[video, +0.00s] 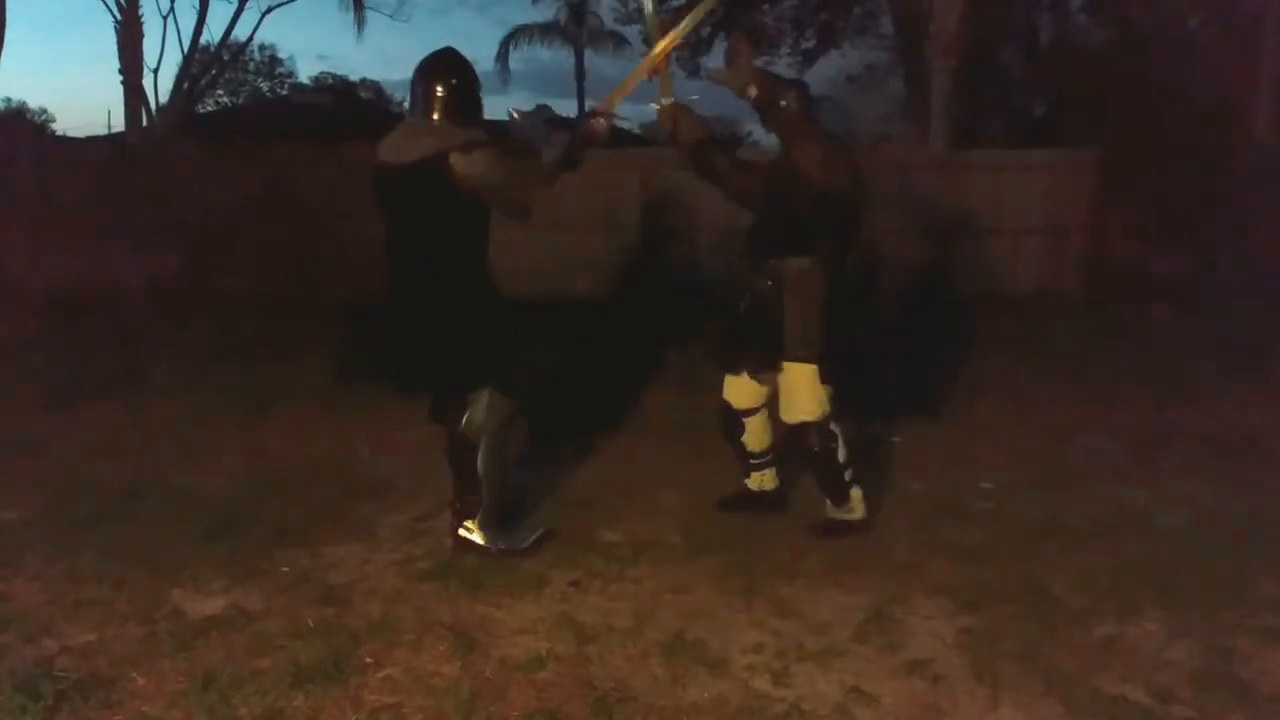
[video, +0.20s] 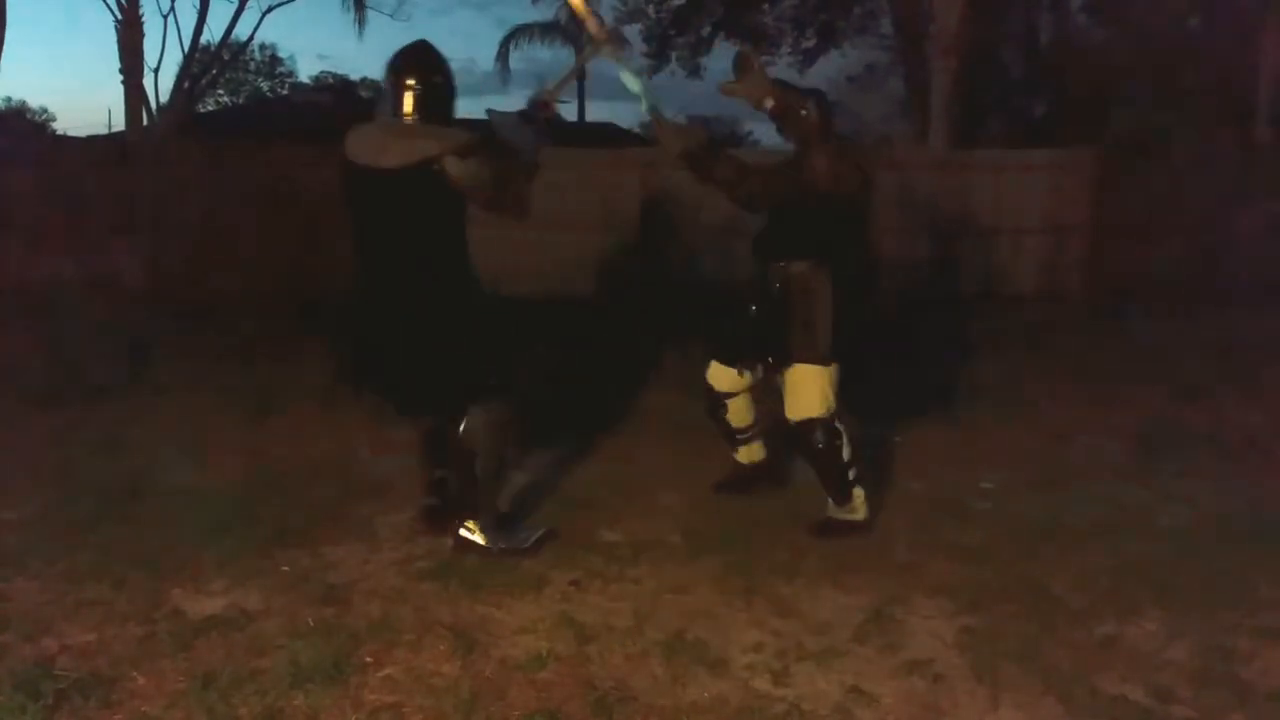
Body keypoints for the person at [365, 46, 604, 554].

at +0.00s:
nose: (475, 100)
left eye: (469, 91)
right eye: (472, 92)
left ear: (417, 94)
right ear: (465, 94)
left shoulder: (389, 153)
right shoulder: (468, 153)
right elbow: (524, 194)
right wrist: (576, 147)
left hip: (413, 297)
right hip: (464, 298)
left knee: (453, 403)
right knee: (501, 387)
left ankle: (465, 512)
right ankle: (486, 520)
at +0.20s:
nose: (437, 97)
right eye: (440, 87)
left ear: (389, 91)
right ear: (444, 91)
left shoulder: (357, 147)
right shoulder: (452, 151)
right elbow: (511, 201)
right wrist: (528, 134)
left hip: (380, 310)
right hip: (442, 314)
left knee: (434, 390)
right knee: (486, 389)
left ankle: (438, 493)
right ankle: (479, 514)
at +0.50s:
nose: (348, 112)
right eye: (345, 103)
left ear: (287, 113)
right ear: (341, 109)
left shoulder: (260, 175)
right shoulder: (351, 174)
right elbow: (420, 197)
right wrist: (446, 154)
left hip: (298, 326)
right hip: (366, 323)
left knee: (283, 433)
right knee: (429, 408)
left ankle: (245, 543)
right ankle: (466, 522)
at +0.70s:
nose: (308, 86)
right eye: (303, 78)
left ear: (246, 87)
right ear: (298, 84)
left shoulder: (210, 162)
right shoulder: (309, 155)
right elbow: (379, 190)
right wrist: (414, 138)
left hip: (247, 310)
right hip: (310, 311)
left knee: (265, 425)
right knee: (392, 410)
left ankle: (242, 547)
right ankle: (330, 536)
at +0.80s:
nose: (296, 88)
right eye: (293, 79)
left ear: (231, 89)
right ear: (292, 86)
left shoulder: (200, 162)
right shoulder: (306, 160)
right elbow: (383, 192)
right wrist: (403, 129)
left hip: (243, 315)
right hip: (307, 316)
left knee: (262, 446)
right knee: (368, 431)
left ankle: (233, 574)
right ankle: (260, 575)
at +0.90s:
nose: (296, 89)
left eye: (289, 80)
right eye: (291, 80)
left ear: (227, 88)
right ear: (280, 86)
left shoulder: (199, 163)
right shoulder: (291, 161)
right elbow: (366, 195)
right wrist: (390, 132)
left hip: (244, 332)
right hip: (296, 336)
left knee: (270, 463)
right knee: (299, 475)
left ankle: (226, 581)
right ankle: (235, 610)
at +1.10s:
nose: (292, 91)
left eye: (286, 82)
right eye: (288, 81)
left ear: (222, 86)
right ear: (278, 85)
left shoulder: (195, 164)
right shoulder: (289, 159)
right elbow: (371, 186)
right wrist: (386, 125)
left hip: (244, 330)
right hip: (296, 333)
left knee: (273, 463)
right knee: (302, 474)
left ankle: (226, 580)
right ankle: (236, 609)